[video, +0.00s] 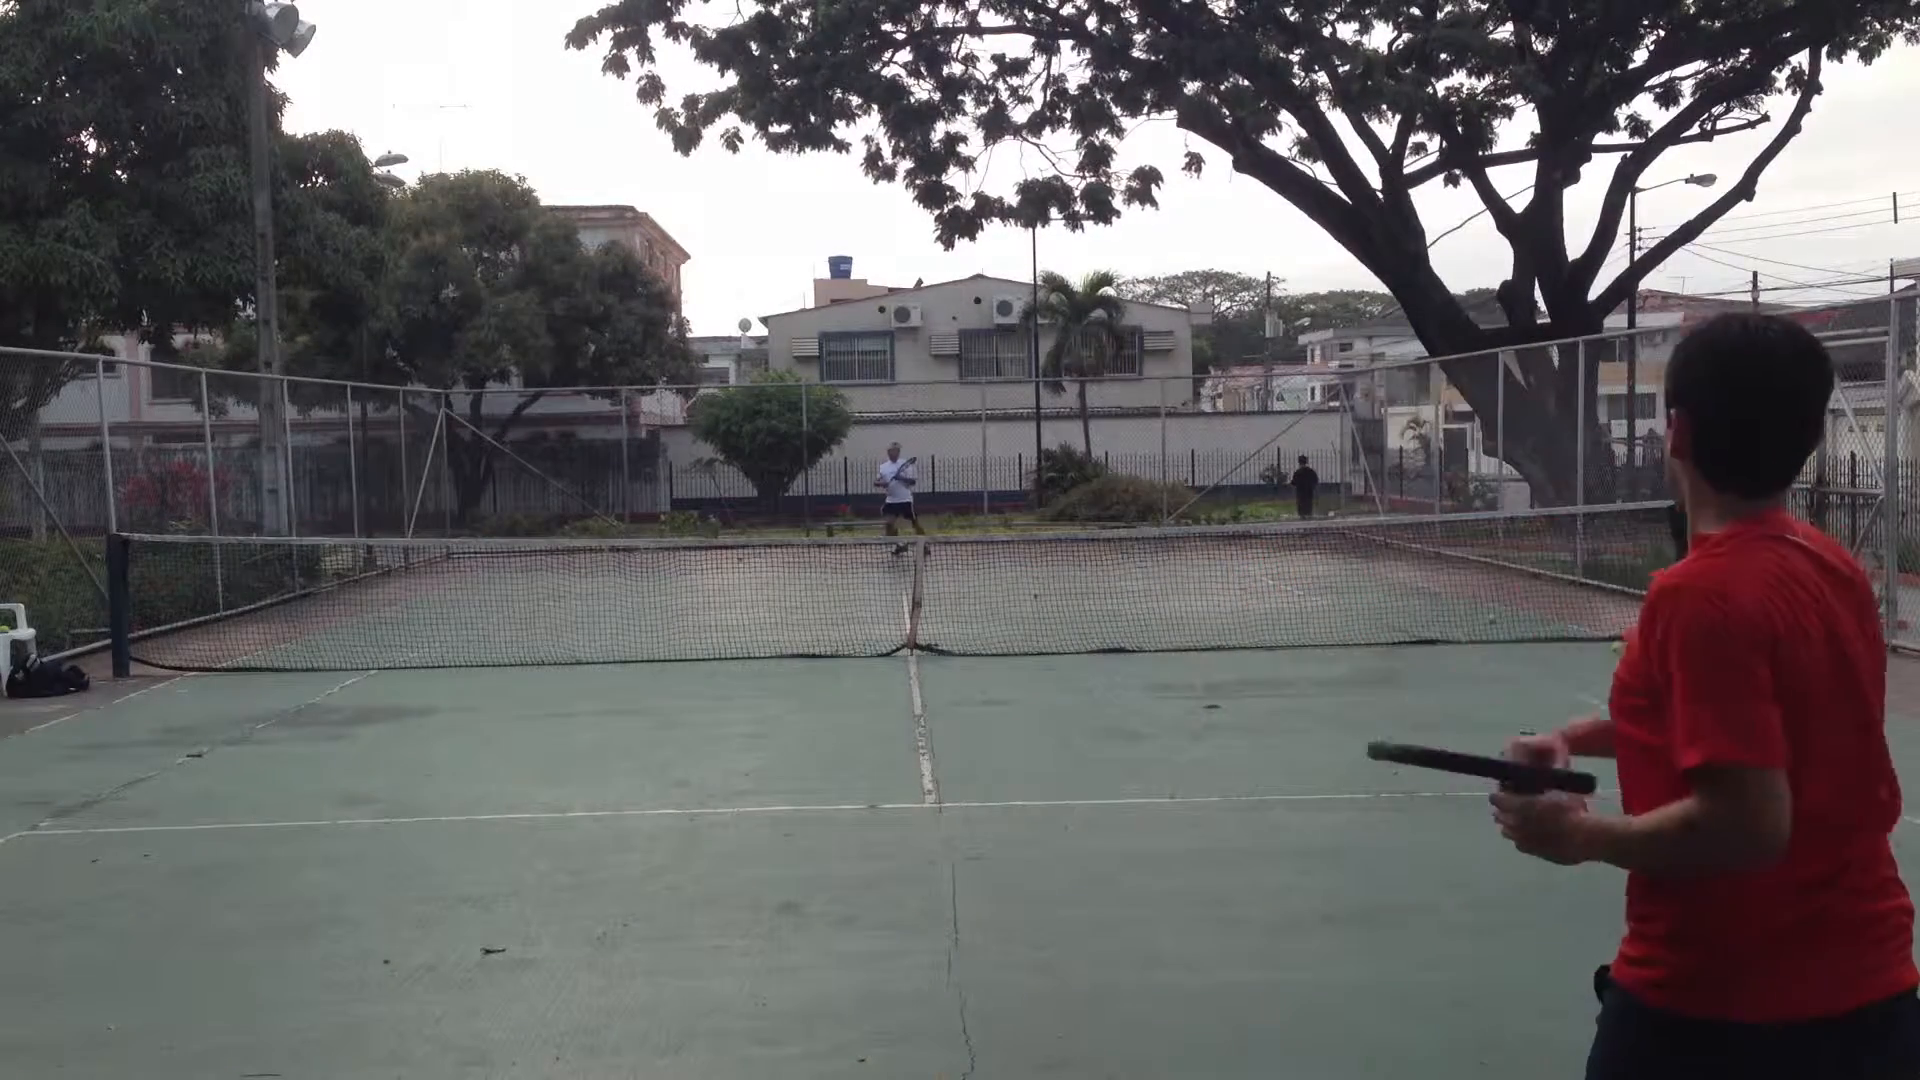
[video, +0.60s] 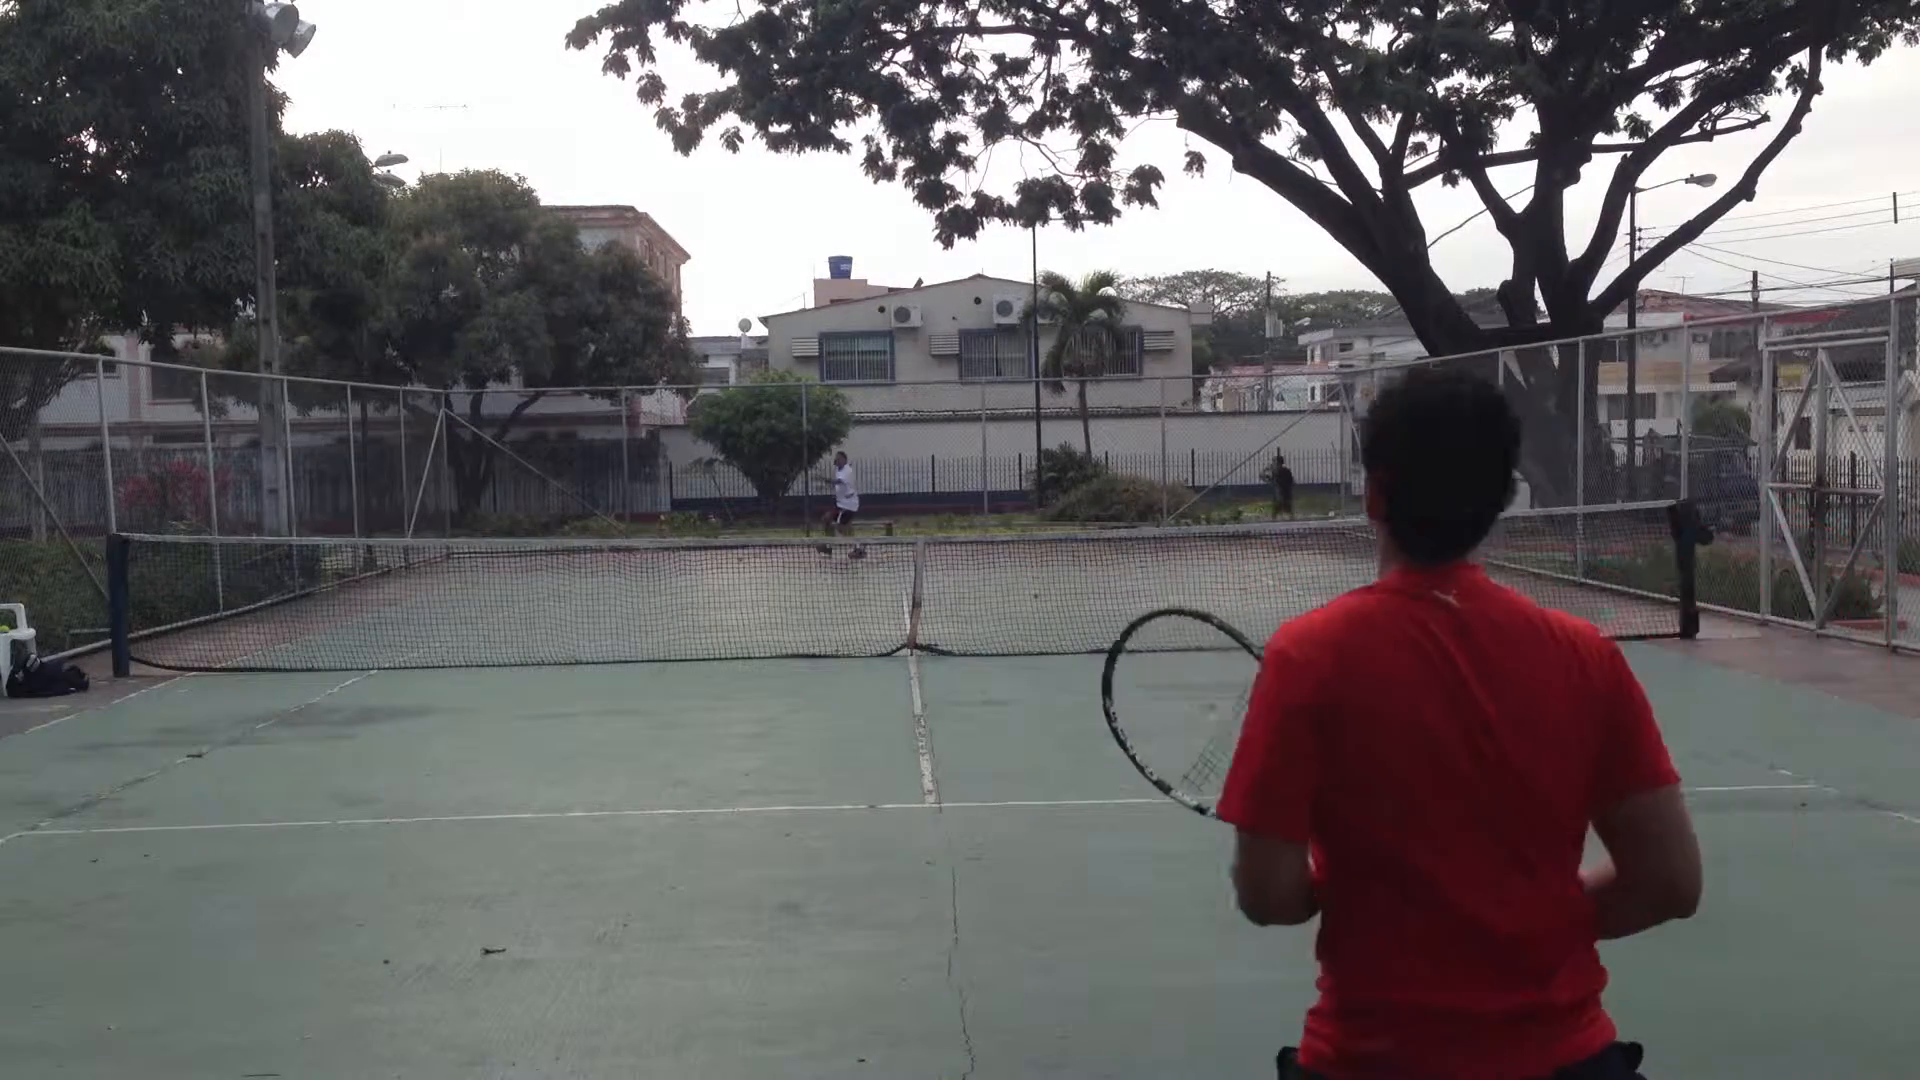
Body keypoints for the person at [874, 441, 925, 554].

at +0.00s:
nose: (893, 454)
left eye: (895, 451)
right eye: (891, 451)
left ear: (899, 452)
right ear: (888, 452)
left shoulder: (906, 464)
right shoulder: (883, 467)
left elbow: (913, 481)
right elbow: (876, 482)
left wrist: (901, 478)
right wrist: (883, 484)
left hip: (905, 500)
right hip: (891, 500)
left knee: (914, 524)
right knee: (889, 524)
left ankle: (925, 544)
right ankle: (896, 545)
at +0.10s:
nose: (885, 456)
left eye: (887, 453)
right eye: (883, 453)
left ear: (891, 453)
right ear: (880, 454)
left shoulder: (898, 466)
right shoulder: (877, 468)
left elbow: (905, 483)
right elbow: (868, 481)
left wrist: (892, 480)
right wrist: (874, 483)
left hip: (898, 499)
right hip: (885, 500)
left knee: (903, 522)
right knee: (886, 524)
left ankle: (918, 539)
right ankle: (898, 543)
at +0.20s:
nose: (876, 455)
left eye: (878, 452)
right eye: (874, 453)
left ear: (883, 453)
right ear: (872, 454)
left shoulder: (890, 466)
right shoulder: (869, 468)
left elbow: (894, 484)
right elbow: (864, 482)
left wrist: (881, 480)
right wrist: (870, 479)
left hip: (891, 498)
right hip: (879, 499)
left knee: (888, 522)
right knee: (883, 524)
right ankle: (895, 544)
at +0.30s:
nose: (868, 455)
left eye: (870, 453)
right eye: (867, 453)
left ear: (875, 453)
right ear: (864, 453)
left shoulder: (881, 466)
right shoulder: (862, 465)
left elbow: (883, 484)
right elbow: (855, 476)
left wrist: (868, 480)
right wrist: (853, 475)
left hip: (879, 496)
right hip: (869, 496)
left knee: (875, 520)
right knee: (879, 521)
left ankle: (873, 546)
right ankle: (897, 543)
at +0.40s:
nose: (860, 456)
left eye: (862, 454)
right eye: (858, 454)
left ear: (866, 453)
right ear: (856, 454)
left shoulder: (869, 465)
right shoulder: (854, 464)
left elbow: (870, 483)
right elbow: (845, 472)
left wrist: (852, 480)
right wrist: (845, 473)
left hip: (869, 497)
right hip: (860, 496)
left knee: (860, 522)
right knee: (865, 522)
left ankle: (860, 548)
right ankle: (882, 541)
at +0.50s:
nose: (848, 459)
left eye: (850, 457)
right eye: (847, 457)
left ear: (856, 457)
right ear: (846, 458)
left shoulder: (859, 469)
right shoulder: (846, 468)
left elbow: (853, 482)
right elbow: (841, 478)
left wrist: (839, 482)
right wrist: (830, 480)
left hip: (859, 498)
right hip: (850, 497)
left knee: (846, 522)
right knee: (845, 523)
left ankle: (860, 544)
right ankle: (858, 546)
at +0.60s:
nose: (836, 461)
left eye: (838, 459)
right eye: (835, 459)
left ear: (844, 461)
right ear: (837, 461)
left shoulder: (847, 471)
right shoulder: (838, 470)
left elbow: (840, 481)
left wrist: (824, 480)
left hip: (849, 504)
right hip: (841, 502)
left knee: (841, 527)